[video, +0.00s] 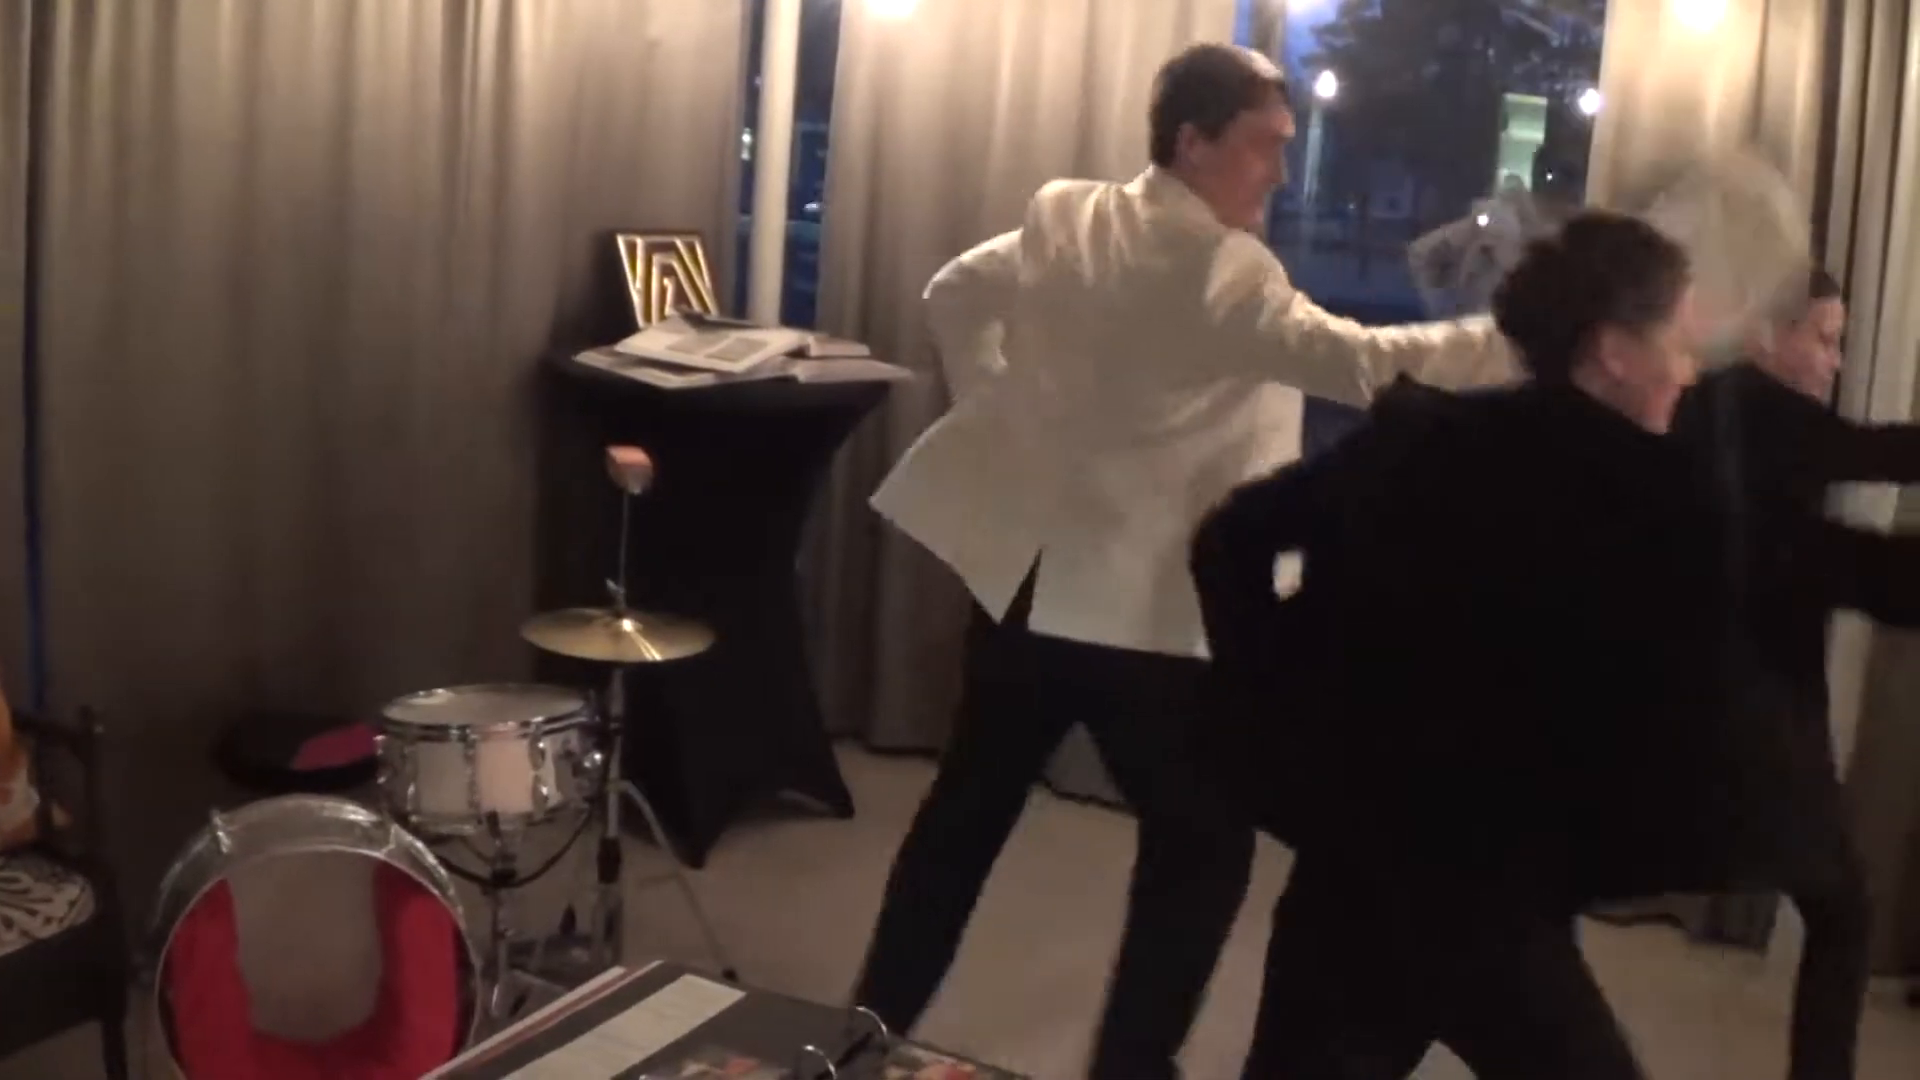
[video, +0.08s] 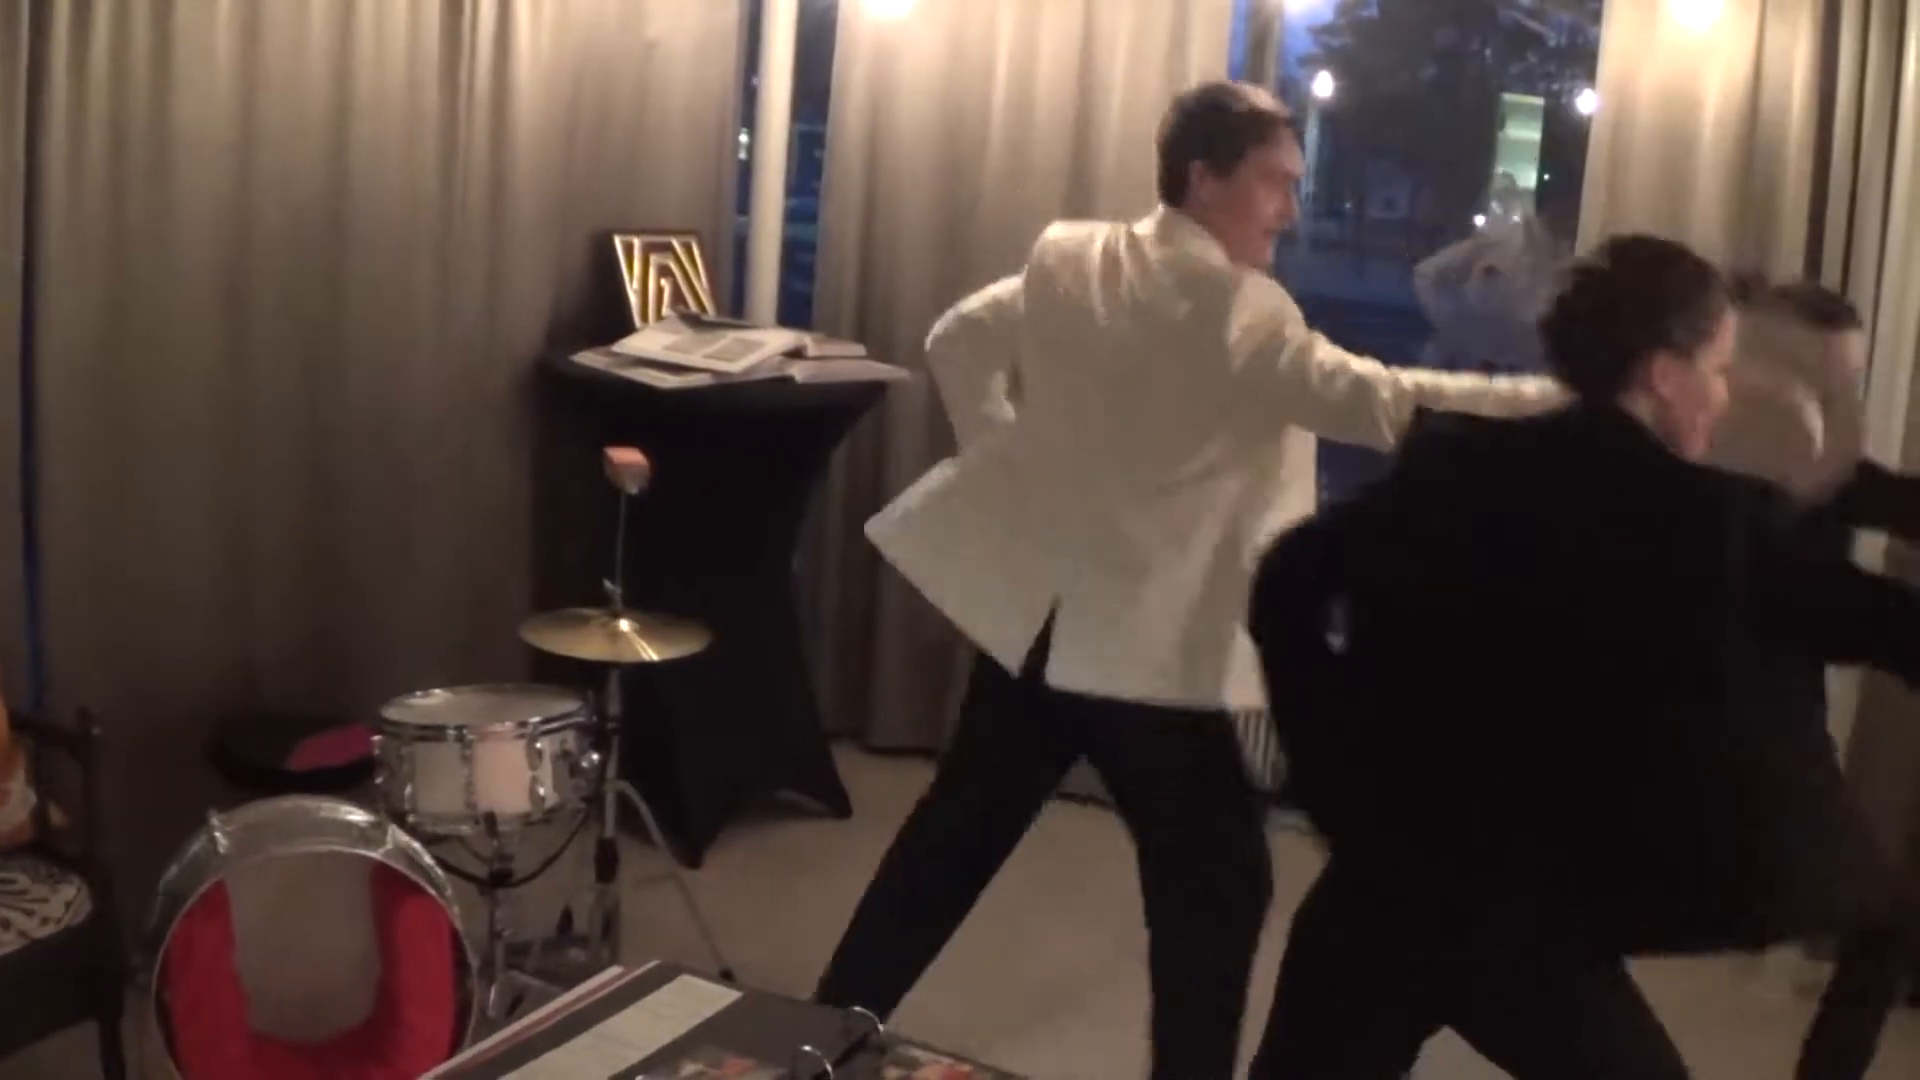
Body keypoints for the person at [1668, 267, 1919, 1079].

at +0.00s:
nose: (1835, 358)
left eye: (1838, 340)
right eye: (1825, 339)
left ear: (1778, 341)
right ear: (1776, 336)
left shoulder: (1713, 405)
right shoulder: (1777, 416)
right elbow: (1877, 451)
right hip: (1762, 725)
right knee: (1839, 912)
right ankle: (1821, 1068)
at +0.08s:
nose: (1728, 396)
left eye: (1729, 369)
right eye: (1720, 366)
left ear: (1583, 362)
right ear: (1658, 371)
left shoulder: (1446, 473)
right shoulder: (1724, 523)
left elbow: (1286, 581)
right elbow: (1896, 626)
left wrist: (1336, 787)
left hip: (1372, 900)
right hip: (1533, 930)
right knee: (1647, 1072)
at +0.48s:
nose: (1799, 457)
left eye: (1806, 433)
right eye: (1800, 431)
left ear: (1654, 406)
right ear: (1753, 430)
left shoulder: (1525, 513)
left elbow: (1364, 651)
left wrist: (1408, 838)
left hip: (1424, 946)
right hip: (1603, 990)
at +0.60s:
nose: (1773, 441)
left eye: (1775, 414)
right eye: (1769, 414)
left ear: (1625, 400)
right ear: (1722, 418)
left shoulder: (1493, 509)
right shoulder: (1775, 554)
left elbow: (1318, 646)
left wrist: (1387, 826)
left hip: (1414, 940)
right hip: (1587, 975)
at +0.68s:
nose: (1738, 425)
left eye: (1741, 401)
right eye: (1736, 400)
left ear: (1589, 381)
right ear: (1682, 403)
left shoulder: (1458, 491)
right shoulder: (1738, 525)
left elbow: (1278, 632)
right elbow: (1898, 562)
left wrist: (1362, 808)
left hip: (1399, 918)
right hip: (1561, 947)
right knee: (1675, 1072)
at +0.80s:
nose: (1677, 383)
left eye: (1680, 358)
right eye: (1670, 358)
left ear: (1520, 351)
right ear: (1607, 362)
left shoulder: (1390, 467)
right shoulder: (1684, 487)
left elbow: (1209, 604)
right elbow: (1889, 476)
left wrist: (1307, 776)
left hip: (1346, 898)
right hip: (1518, 926)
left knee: (1214, 1065)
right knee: (1610, 1062)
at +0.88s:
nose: (1625, 350)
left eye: (1627, 325)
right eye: (1615, 326)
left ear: (1497, 328)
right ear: (1546, 334)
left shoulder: (1351, 440)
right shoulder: (1608, 465)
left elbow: (1177, 578)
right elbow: (1811, 454)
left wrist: (1271, 744)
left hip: (1310, 872)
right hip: (1453, 906)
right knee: (1530, 1066)